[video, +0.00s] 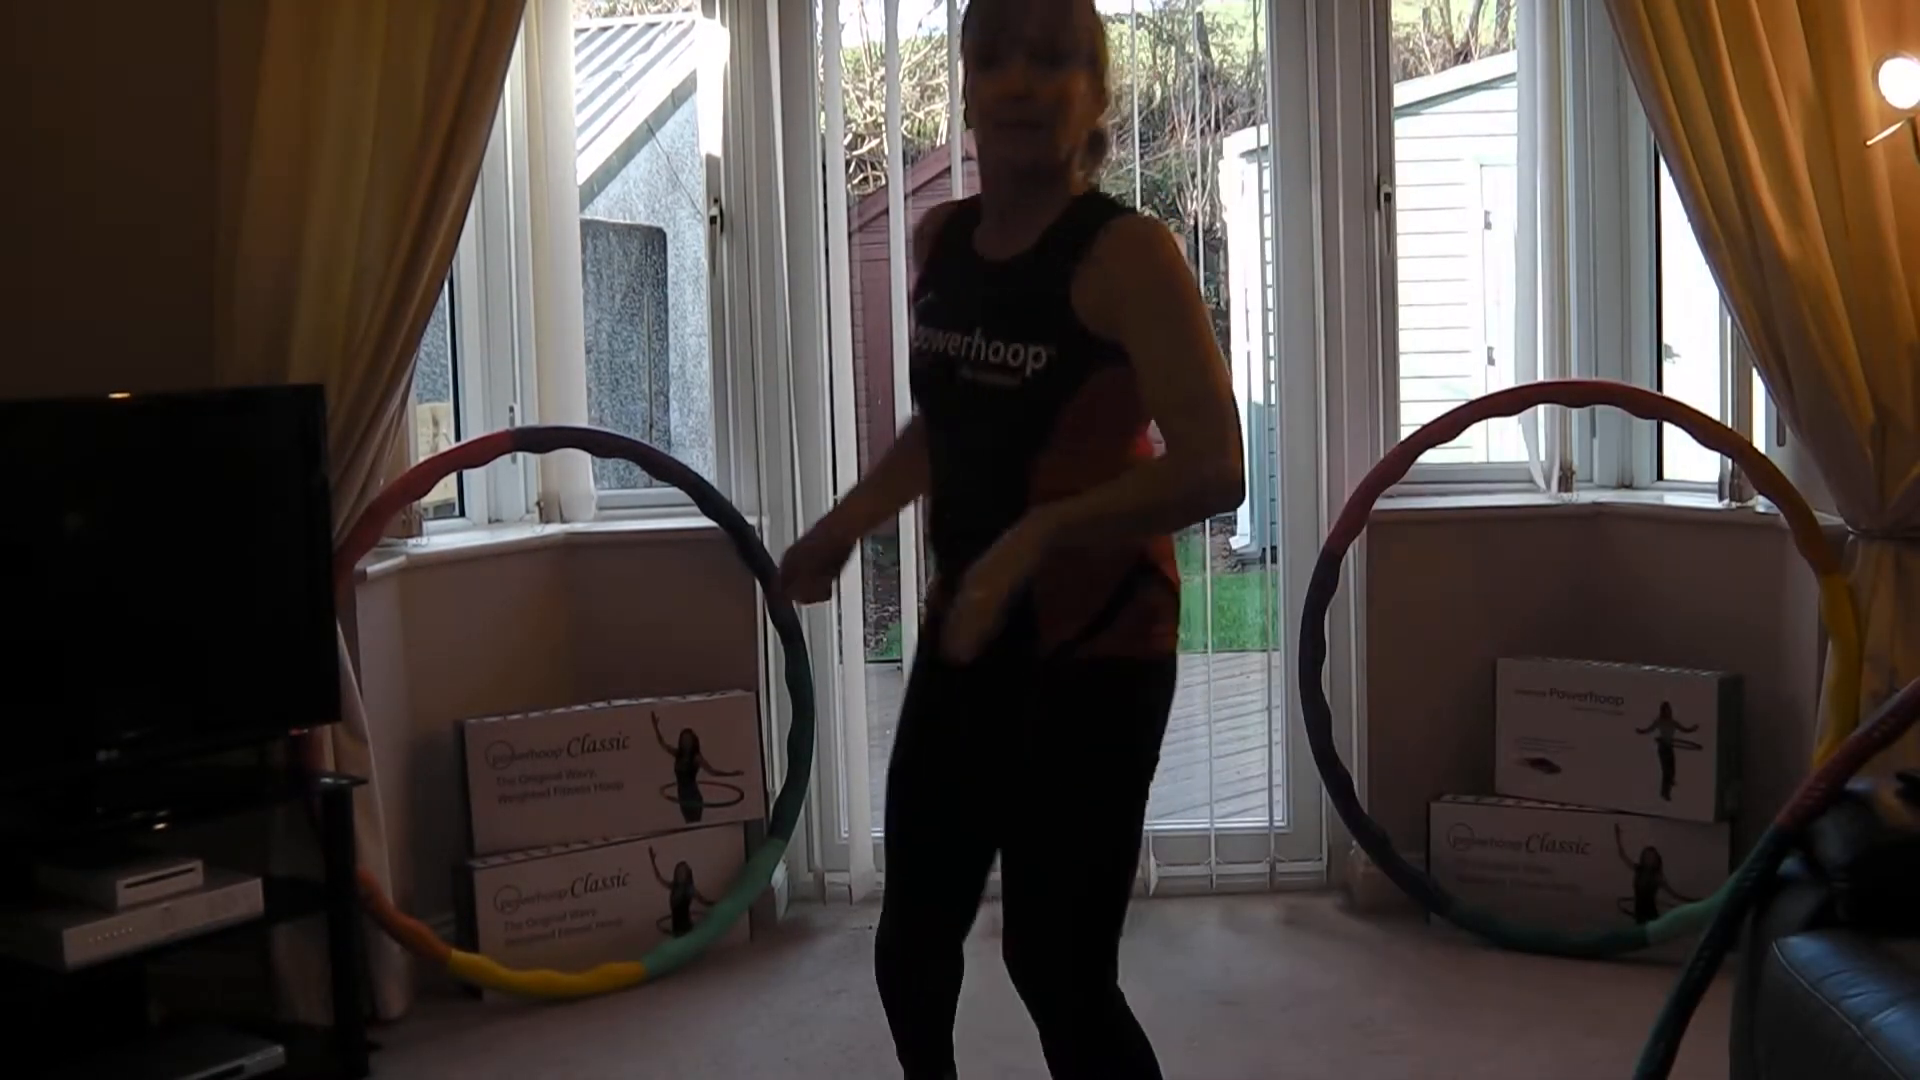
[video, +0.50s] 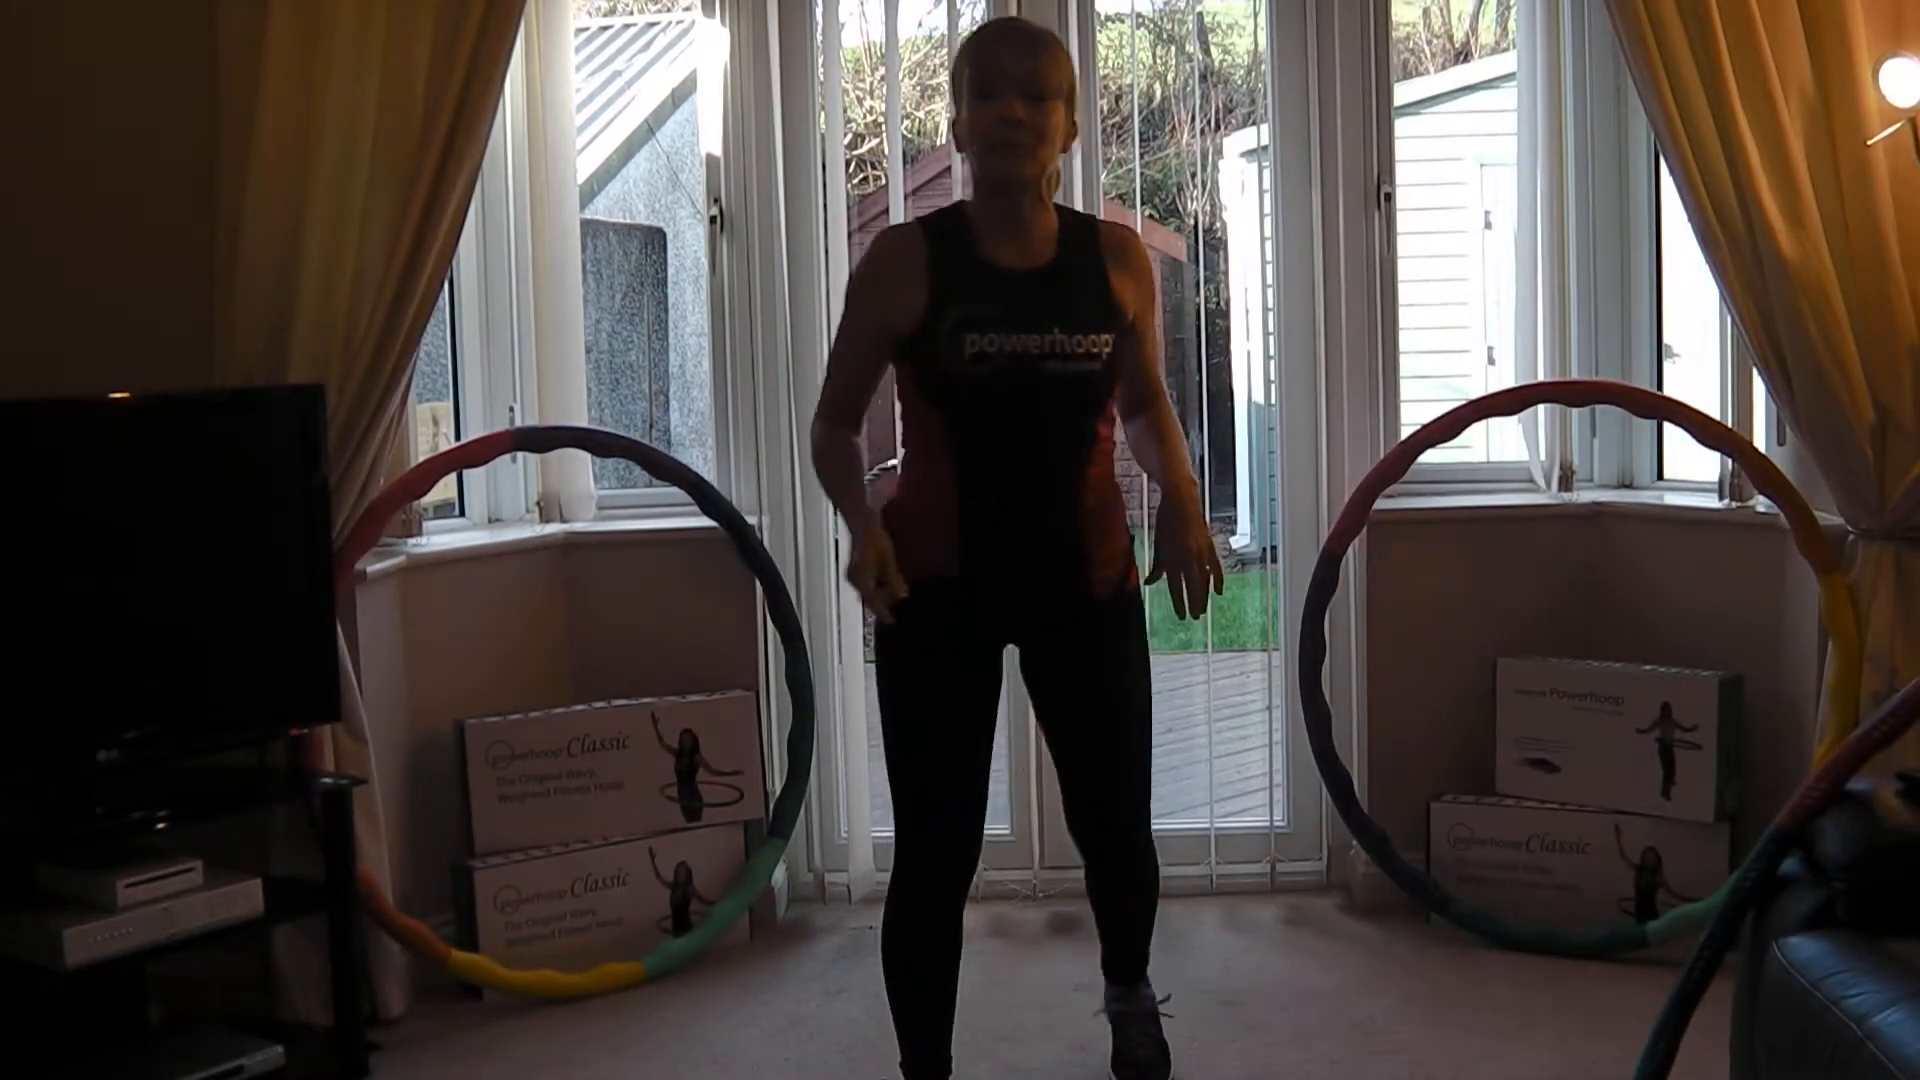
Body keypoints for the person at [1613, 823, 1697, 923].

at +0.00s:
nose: (1649, 859)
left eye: (1652, 856)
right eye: (1646, 856)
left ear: (1657, 859)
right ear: (1642, 858)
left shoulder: (1657, 876)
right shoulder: (1638, 870)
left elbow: (1673, 894)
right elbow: (1622, 855)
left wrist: (1693, 901)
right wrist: (1618, 836)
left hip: (1651, 910)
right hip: (1638, 909)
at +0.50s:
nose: (1649, 859)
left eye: (1652, 857)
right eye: (1646, 856)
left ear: (1657, 859)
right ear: (1642, 858)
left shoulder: (1658, 876)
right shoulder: (1639, 870)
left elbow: (1673, 894)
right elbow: (1622, 855)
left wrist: (1692, 901)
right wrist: (1618, 836)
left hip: (1651, 910)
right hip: (1639, 909)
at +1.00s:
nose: (1648, 859)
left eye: (1651, 856)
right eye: (1646, 856)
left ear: (1657, 859)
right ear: (1642, 858)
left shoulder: (1658, 876)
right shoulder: (1639, 870)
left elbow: (1673, 894)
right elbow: (1623, 856)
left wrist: (1693, 900)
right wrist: (1618, 837)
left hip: (1651, 911)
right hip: (1639, 910)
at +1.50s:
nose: (1649, 860)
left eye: (1652, 857)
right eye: (1646, 856)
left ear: (1657, 860)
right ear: (1642, 858)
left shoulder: (1658, 876)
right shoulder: (1639, 871)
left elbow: (1673, 894)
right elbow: (1623, 857)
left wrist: (1693, 901)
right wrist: (1618, 837)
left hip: (1651, 911)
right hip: (1639, 911)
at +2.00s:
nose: (1649, 859)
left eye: (1652, 857)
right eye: (1646, 856)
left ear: (1657, 860)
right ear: (1642, 858)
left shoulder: (1658, 876)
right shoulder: (1639, 870)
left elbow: (1674, 894)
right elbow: (1623, 856)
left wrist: (1693, 901)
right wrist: (1618, 837)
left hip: (1651, 911)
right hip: (1639, 910)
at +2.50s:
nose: (1648, 860)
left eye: (1651, 857)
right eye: (1646, 857)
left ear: (1656, 859)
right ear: (1642, 858)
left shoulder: (1658, 876)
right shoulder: (1639, 871)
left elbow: (1673, 895)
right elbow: (1623, 857)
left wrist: (1693, 901)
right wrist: (1618, 838)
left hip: (1650, 912)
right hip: (1638, 910)